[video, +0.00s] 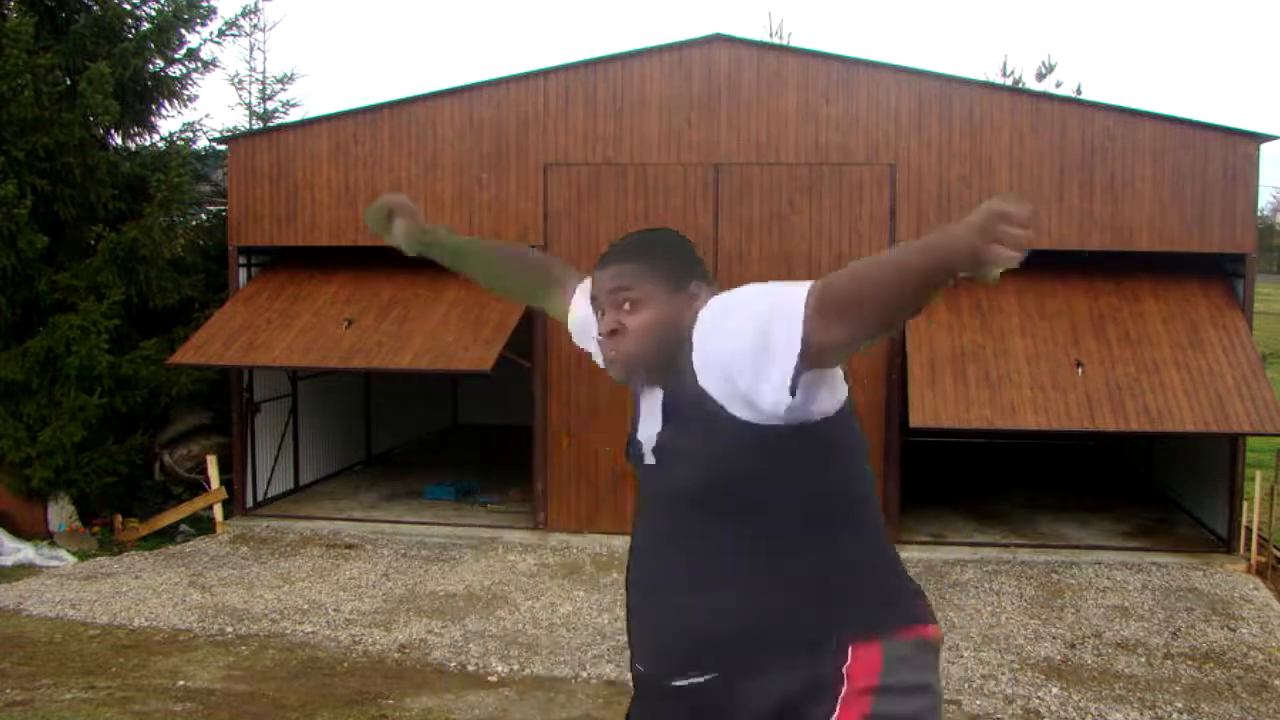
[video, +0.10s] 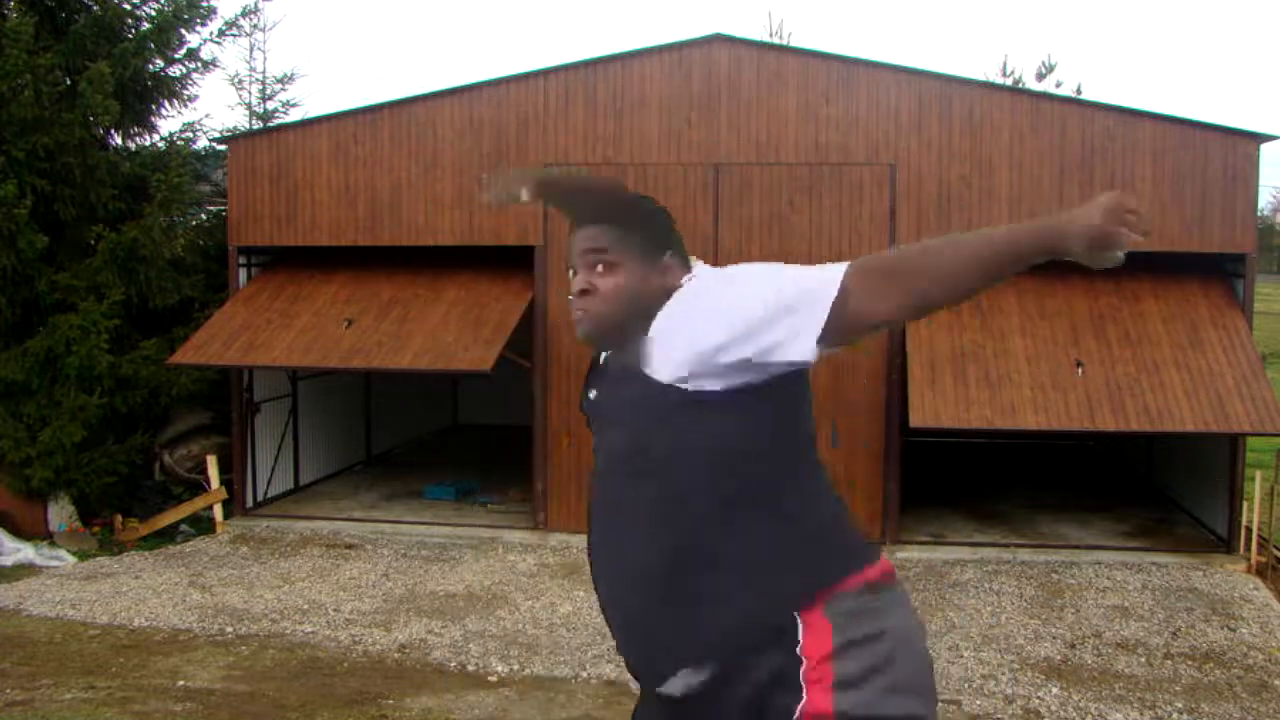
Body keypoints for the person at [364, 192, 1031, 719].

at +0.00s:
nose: (604, 325)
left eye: (622, 303)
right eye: (598, 310)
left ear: (691, 298)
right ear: (601, 320)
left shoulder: (738, 331)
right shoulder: (644, 362)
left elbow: (837, 310)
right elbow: (549, 287)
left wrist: (947, 251)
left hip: (843, 672)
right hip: (701, 680)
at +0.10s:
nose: (579, 280)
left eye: (602, 264)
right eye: (574, 267)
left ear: (668, 271)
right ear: (576, 286)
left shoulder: (710, 311)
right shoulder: (618, 363)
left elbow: (873, 289)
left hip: (822, 652)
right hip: (704, 675)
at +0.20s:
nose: (576, 299)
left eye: (603, 284)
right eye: (573, 286)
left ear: (668, 302)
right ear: (569, 305)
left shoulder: (701, 353)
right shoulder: (570, 408)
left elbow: (886, 320)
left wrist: (1067, 262)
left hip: (816, 654)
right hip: (692, 698)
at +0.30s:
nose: (580, 313)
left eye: (606, 297)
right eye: (576, 299)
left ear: (670, 313)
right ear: (571, 317)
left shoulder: (709, 376)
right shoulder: (597, 408)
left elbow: (857, 387)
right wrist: (673, 269)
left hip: (824, 681)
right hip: (682, 696)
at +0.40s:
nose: (597, 285)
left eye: (623, 270)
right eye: (589, 270)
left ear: (678, 288)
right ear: (581, 285)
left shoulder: (719, 369)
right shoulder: (582, 383)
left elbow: (855, 522)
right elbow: (540, 446)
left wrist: (970, 661)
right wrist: (486, 365)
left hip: (804, 676)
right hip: (661, 684)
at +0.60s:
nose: (600, 259)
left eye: (614, 232)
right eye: (600, 237)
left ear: (688, 227)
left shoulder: (785, 312)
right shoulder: (646, 338)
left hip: (785, 684)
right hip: (629, 667)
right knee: (561, 698)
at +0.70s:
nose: (600, 215)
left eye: (620, 194)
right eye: (602, 196)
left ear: (686, 205)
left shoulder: (769, 322)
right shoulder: (650, 326)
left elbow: (774, 272)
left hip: (768, 671)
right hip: (627, 651)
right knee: (495, 708)